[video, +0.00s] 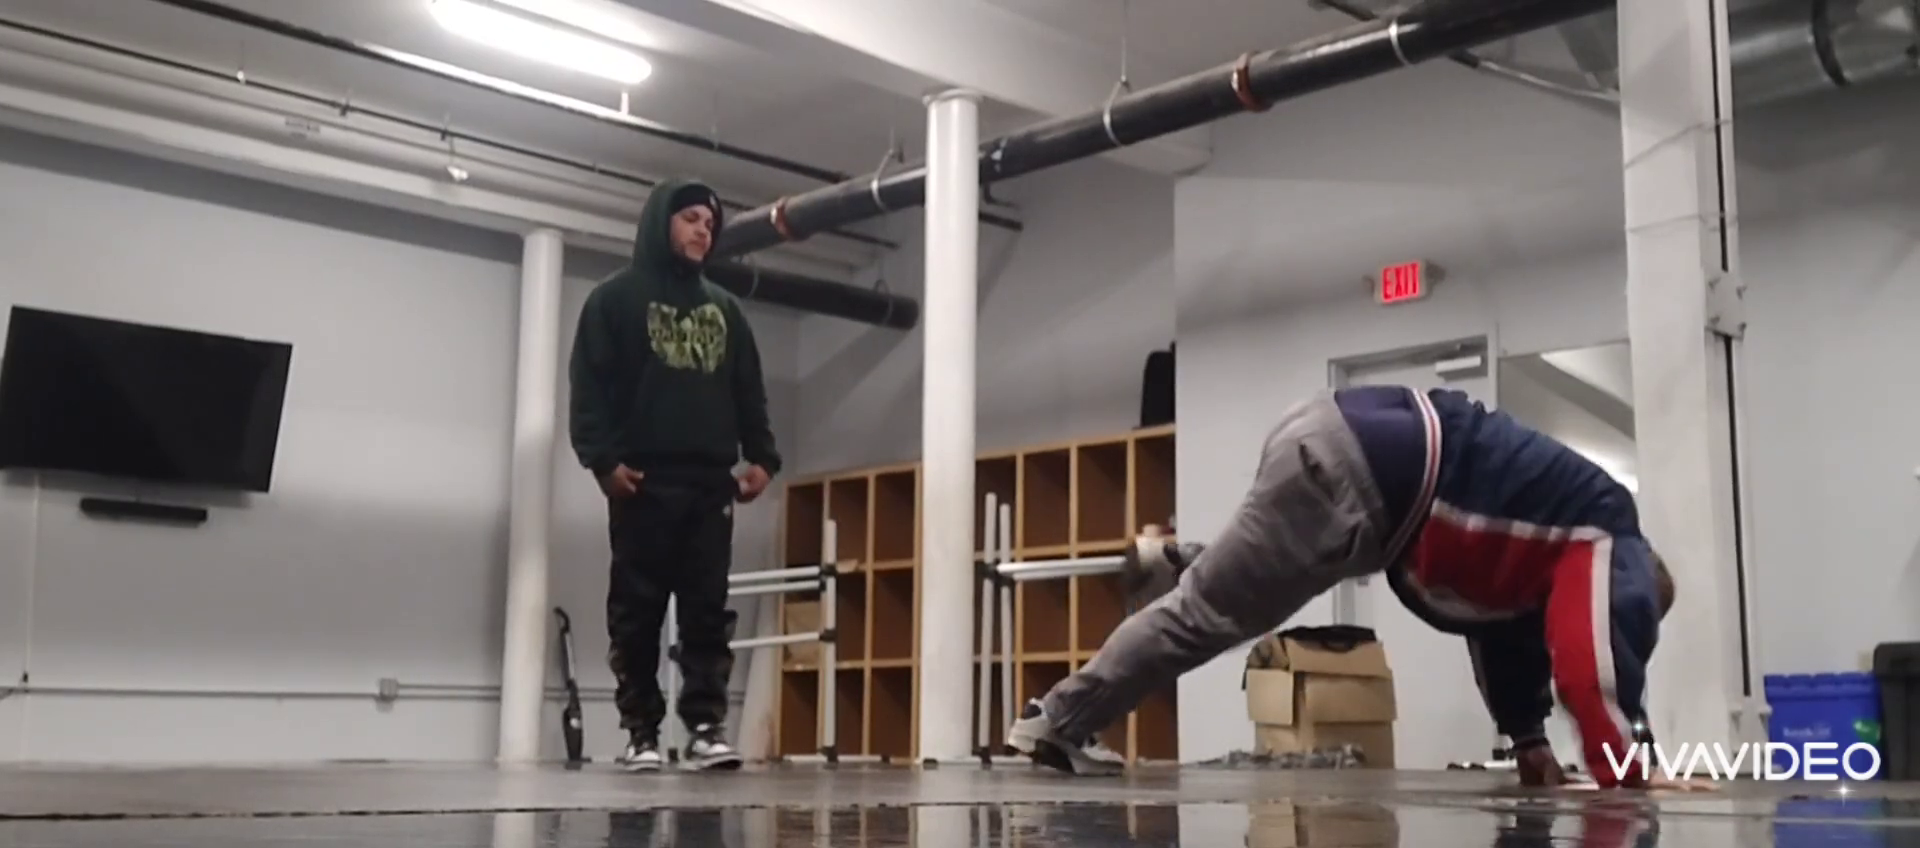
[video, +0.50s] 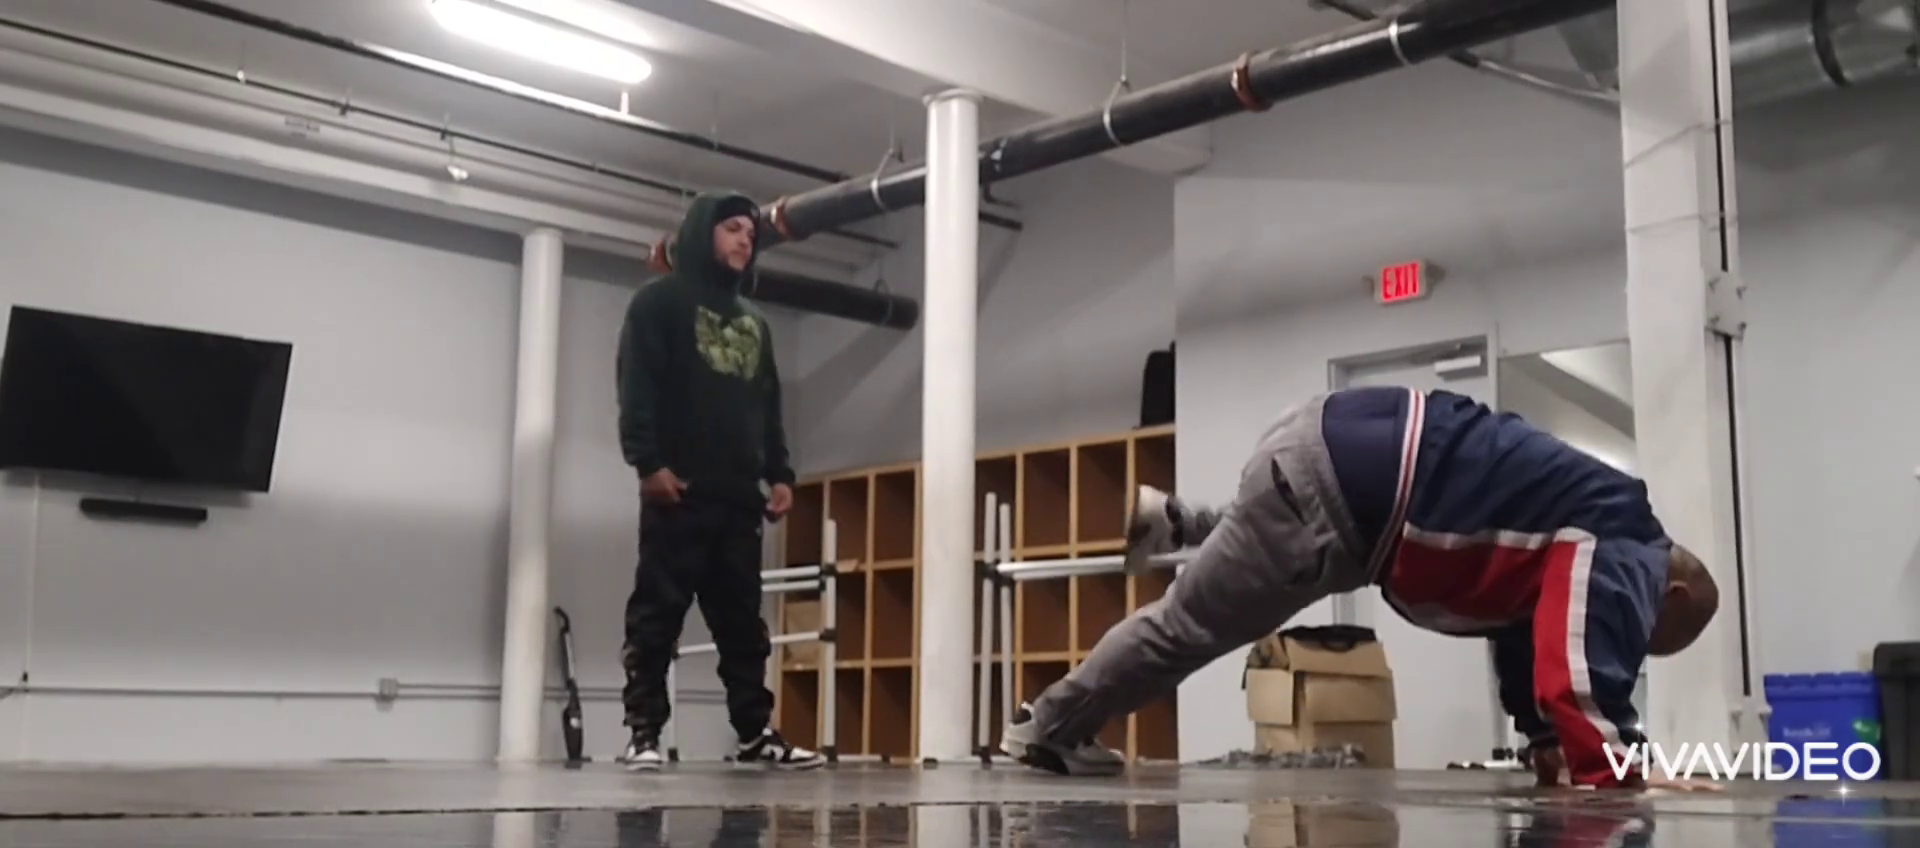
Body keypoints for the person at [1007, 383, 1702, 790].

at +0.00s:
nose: (1633, 625)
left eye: (1642, 620)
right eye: (1643, 615)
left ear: (1624, 568)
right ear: (1648, 577)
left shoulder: (1538, 558)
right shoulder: (1616, 543)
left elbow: (1511, 652)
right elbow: (1589, 659)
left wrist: (1534, 750)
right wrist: (1629, 769)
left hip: (1344, 444)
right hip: (1357, 460)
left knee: (1252, 583)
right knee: (1205, 615)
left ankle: (1170, 563)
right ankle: (1060, 721)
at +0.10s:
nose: (1628, 622)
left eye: (1641, 616)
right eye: (1643, 612)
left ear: (1635, 564)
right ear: (1658, 567)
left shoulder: (1555, 530)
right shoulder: (1617, 525)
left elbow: (1512, 641)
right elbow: (1588, 653)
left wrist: (1540, 736)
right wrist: (1619, 768)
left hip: (1338, 430)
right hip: (1346, 460)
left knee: (1281, 557)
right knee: (1196, 612)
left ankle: (1183, 563)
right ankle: (1058, 723)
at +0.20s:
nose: (1638, 615)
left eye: (1649, 615)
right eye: (1651, 609)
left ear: (1651, 566)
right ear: (1675, 561)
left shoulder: (1572, 521)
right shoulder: (1625, 505)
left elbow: (1534, 635)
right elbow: (1592, 634)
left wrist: (1547, 747)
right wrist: (1642, 762)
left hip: (1334, 437)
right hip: (1335, 461)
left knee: (1259, 567)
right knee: (1191, 611)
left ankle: (1172, 540)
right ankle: (1057, 721)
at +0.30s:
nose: (1638, 636)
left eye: (1652, 631)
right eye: (1653, 627)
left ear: (1654, 569)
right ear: (1670, 582)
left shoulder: (1578, 517)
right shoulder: (1631, 529)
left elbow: (1525, 636)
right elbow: (1588, 645)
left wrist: (1546, 746)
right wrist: (1628, 770)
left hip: (1336, 432)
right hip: (1340, 474)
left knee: (1263, 550)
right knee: (1190, 620)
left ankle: (1167, 529)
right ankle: (1055, 723)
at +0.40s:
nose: (1646, 655)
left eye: (1661, 651)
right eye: (1663, 649)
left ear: (1669, 579)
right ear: (1675, 600)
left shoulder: (1582, 529)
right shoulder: (1628, 552)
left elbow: (1525, 664)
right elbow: (1578, 680)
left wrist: (1554, 755)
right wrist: (1622, 773)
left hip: (1332, 437)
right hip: (1339, 492)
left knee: (1276, 550)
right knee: (1188, 629)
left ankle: (1173, 515)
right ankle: (1052, 728)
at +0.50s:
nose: (1645, 648)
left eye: (1659, 642)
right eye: (1661, 640)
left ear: (1660, 569)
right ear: (1670, 594)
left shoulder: (1582, 529)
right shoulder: (1627, 550)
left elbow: (1528, 658)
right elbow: (1577, 677)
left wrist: (1554, 752)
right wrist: (1620, 769)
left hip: (1327, 440)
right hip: (1336, 488)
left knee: (1275, 559)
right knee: (1184, 627)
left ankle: (1172, 528)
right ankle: (1051, 727)